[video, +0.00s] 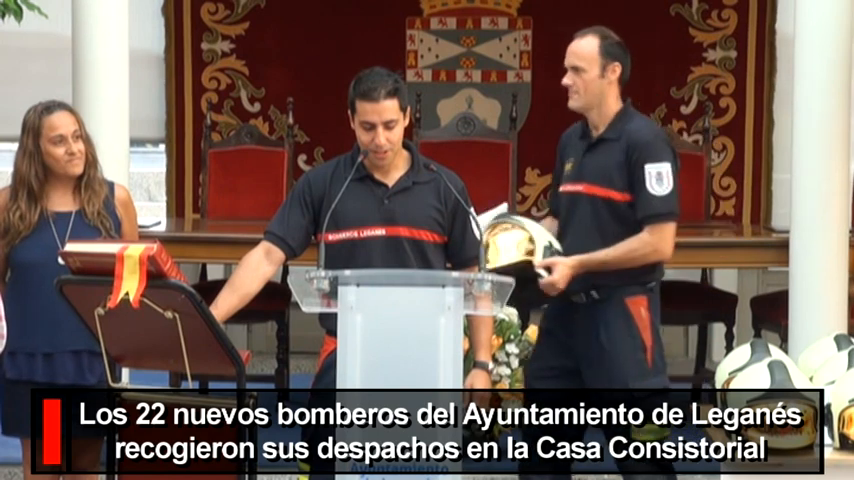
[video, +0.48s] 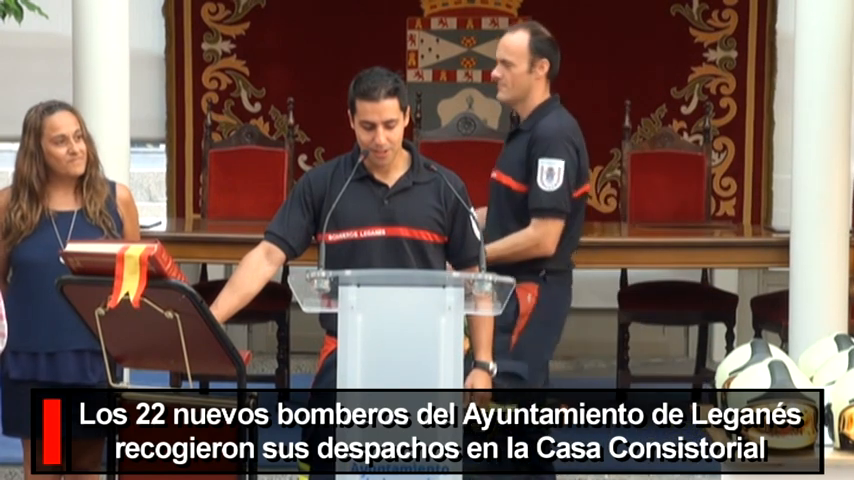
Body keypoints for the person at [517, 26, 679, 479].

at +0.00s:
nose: (565, 80)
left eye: (576, 71)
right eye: (565, 70)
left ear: (612, 73)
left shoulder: (646, 140)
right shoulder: (570, 140)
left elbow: (660, 242)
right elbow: (563, 218)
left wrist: (576, 264)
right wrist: (527, 240)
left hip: (621, 312)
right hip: (564, 311)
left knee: (639, 451)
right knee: (542, 446)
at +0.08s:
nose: (551, 78)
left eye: (562, 69)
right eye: (551, 68)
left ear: (598, 72)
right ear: (585, 71)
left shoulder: (625, 138)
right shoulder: (560, 138)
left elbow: (636, 243)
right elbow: (549, 211)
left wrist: (553, 263)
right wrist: (509, 238)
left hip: (601, 308)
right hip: (548, 307)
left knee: (625, 451)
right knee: (530, 445)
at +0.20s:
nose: (532, 74)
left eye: (543, 65)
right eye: (533, 64)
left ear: (579, 70)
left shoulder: (600, 135)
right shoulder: (546, 134)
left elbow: (603, 241)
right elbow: (532, 214)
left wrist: (521, 261)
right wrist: (484, 236)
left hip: (574, 303)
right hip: (530, 301)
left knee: (587, 442)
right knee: (521, 438)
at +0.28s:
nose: (521, 73)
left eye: (532, 64)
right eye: (522, 63)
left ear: (567, 69)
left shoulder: (585, 134)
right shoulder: (544, 132)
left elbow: (584, 240)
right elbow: (526, 213)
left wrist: (500, 259)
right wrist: (465, 232)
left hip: (559, 295)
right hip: (524, 290)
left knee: (553, 430)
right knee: (514, 424)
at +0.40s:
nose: (505, 73)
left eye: (516, 64)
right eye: (506, 63)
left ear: (551, 69)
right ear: (538, 69)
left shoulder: (566, 132)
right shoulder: (532, 128)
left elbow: (560, 240)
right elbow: (513, 212)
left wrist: (481, 257)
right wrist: (455, 227)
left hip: (544, 289)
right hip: (515, 282)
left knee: (519, 410)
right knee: (501, 405)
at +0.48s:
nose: (495, 73)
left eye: (505, 64)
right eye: (495, 63)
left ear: (540, 69)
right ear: (532, 68)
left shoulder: (553, 132)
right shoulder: (525, 127)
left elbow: (544, 239)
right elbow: (508, 216)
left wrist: (474, 257)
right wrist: (463, 226)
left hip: (535, 288)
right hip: (510, 282)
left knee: (509, 404)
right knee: (507, 405)